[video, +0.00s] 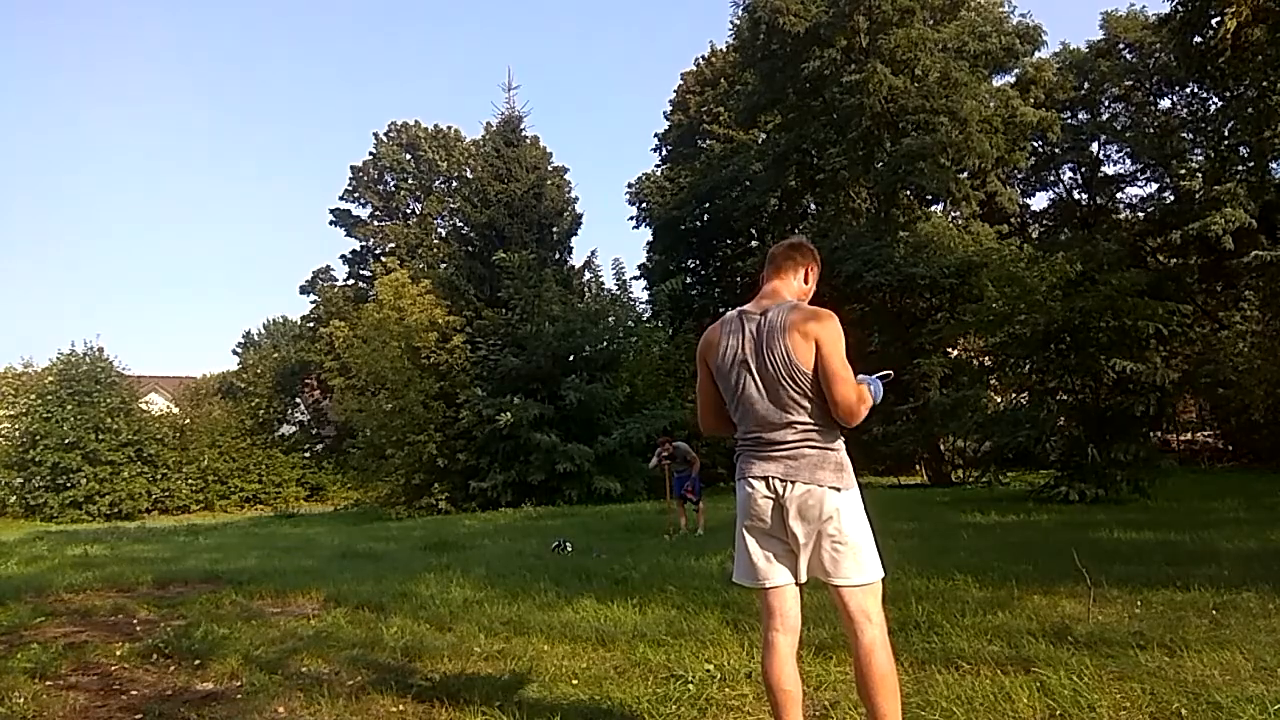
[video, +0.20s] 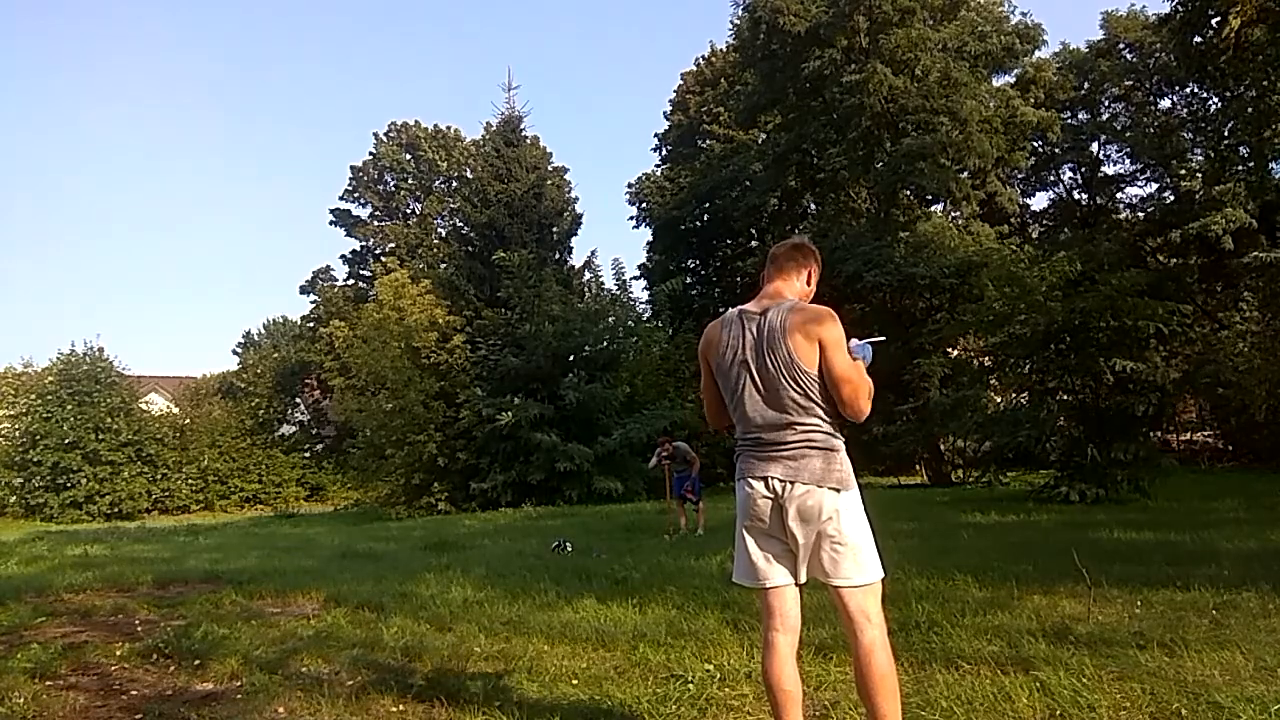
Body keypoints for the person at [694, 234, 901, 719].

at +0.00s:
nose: (814, 290)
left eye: (813, 283)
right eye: (815, 282)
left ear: (764, 275)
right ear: (806, 277)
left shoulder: (713, 336)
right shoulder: (818, 321)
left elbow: (712, 424)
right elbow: (848, 411)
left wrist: (764, 412)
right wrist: (866, 391)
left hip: (755, 489)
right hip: (823, 486)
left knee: (778, 629)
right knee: (867, 625)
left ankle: (789, 719)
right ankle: (887, 716)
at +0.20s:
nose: (815, 289)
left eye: (814, 283)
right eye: (816, 282)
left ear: (765, 274)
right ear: (808, 277)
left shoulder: (715, 333)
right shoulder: (819, 320)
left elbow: (718, 418)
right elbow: (857, 406)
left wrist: (765, 387)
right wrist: (858, 364)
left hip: (755, 488)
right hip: (823, 484)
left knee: (778, 630)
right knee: (867, 626)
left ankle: (790, 719)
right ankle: (887, 716)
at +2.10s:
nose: (837, 269)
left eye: (834, 259)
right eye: (829, 260)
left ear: (782, 277)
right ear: (810, 269)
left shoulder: (753, 324)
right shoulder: (852, 312)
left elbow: (775, 313)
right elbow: (925, 354)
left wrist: (825, 284)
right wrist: (891, 292)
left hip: (786, 481)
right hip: (857, 480)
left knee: (796, 626)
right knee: (884, 630)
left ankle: (797, 719)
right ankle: (896, 718)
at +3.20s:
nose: (876, 274)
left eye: (874, 268)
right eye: (875, 267)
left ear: (817, 270)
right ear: (868, 268)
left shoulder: (779, 319)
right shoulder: (888, 311)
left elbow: (787, 345)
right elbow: (930, 374)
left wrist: (816, 292)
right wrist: (887, 310)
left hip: (807, 483)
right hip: (880, 482)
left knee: (807, 629)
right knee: (897, 632)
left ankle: (803, 719)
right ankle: (902, 719)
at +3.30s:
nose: (880, 270)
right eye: (876, 262)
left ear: (820, 270)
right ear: (872, 267)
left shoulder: (784, 320)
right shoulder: (895, 311)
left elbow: (781, 344)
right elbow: (937, 373)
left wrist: (822, 293)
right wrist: (894, 305)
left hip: (812, 483)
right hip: (885, 483)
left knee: (809, 629)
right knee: (900, 633)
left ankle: (803, 719)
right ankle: (903, 719)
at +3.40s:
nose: (883, 267)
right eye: (879, 259)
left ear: (822, 269)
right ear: (874, 265)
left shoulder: (788, 322)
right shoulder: (898, 310)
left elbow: (790, 356)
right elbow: (946, 369)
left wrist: (842, 296)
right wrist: (902, 302)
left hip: (816, 482)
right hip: (889, 481)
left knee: (812, 627)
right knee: (902, 630)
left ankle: (803, 719)